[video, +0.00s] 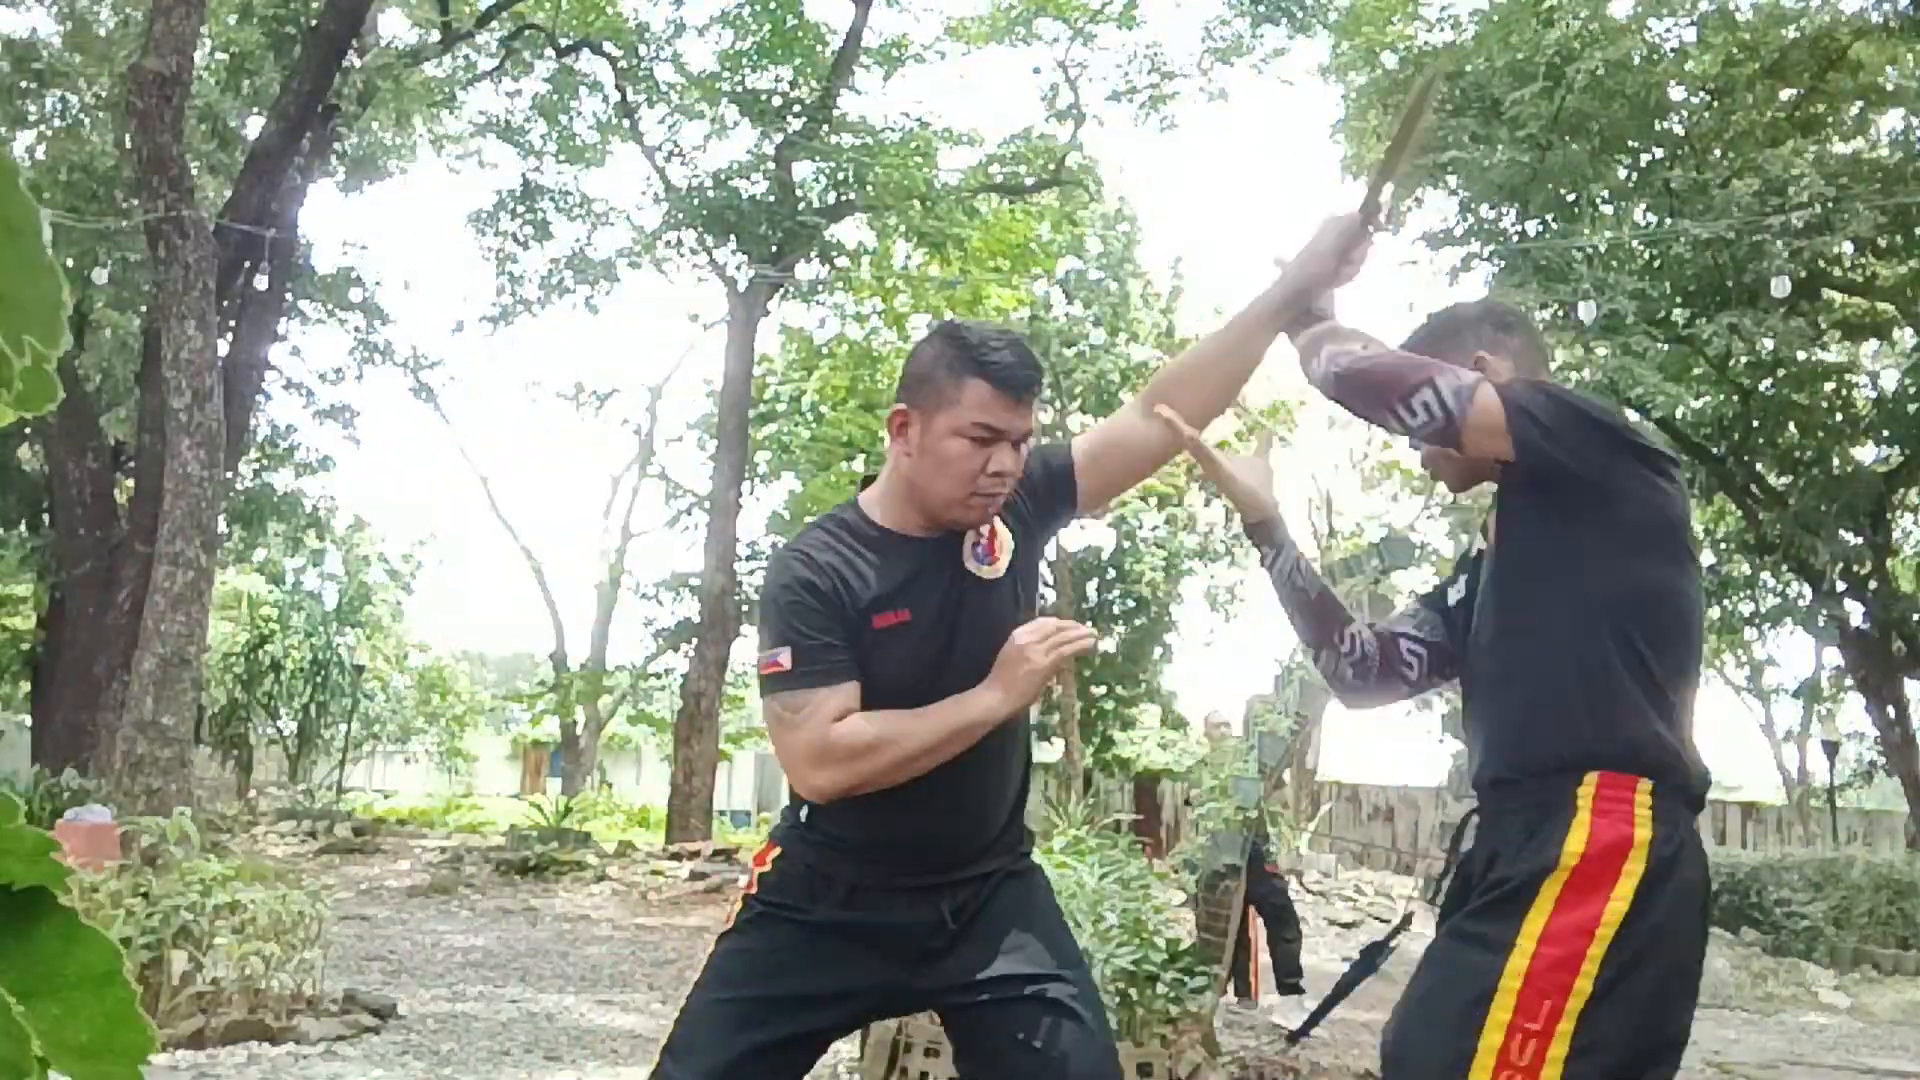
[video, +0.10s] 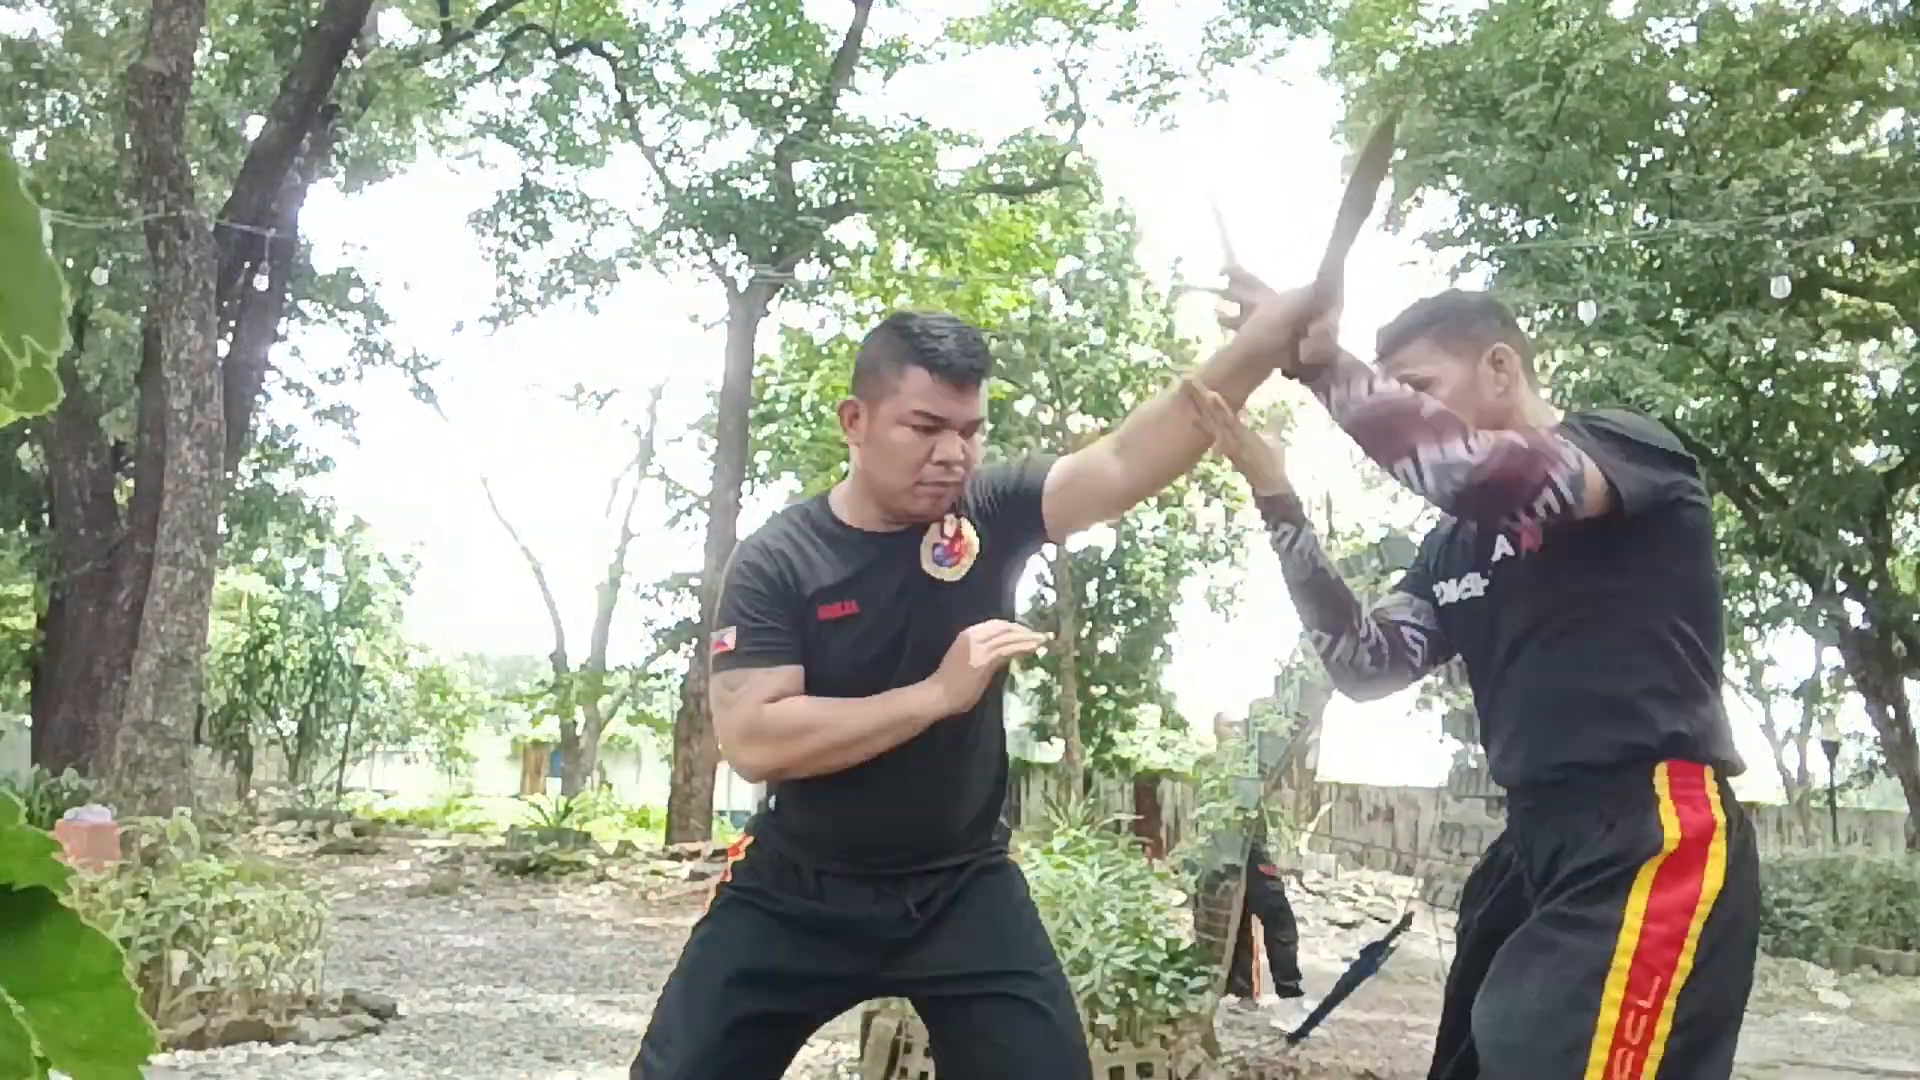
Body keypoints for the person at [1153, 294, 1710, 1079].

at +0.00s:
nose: (1413, 433)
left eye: (1426, 398)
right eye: (1409, 412)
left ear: (1489, 367)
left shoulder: (1608, 447)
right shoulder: (1496, 568)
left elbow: (1360, 373)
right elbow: (1361, 667)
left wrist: (1315, 327)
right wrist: (1264, 524)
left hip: (1599, 847)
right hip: (1520, 849)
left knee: (1446, 1058)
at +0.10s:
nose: (1409, 415)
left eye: (1423, 386)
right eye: (1398, 400)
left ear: (1501, 366)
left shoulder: (1632, 445)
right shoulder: (1453, 546)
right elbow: (1365, 662)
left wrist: (1322, 363)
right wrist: (1274, 495)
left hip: (1655, 847)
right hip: (1534, 857)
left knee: (1543, 1057)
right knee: (1465, 1064)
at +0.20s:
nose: (1431, 421)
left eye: (1452, 382)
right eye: (1411, 401)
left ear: (1529, 368)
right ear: (1402, 412)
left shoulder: (1647, 468)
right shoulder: (1458, 545)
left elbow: (1529, 581)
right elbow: (1394, 696)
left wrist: (1346, 462)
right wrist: (1283, 563)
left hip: (1685, 856)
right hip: (1549, 865)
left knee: (1611, 1060)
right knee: (1474, 1062)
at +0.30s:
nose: (1484, 417)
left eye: (1506, 380)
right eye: (1451, 397)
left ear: (1556, 381)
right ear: (1426, 429)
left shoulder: (1666, 502)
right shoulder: (1458, 562)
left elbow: (1621, 727)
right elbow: (1463, 766)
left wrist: (1380, 657)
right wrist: (1349, 745)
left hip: (1726, 867)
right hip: (1580, 865)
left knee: (1646, 1058)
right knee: (1500, 1057)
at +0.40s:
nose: (1513, 429)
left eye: (1533, 396)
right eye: (1474, 411)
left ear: (1575, 407)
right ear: (1439, 448)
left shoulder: (1685, 538)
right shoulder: (1466, 574)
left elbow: (1701, 799)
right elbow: (1485, 757)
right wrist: (1358, 794)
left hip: (1747, 897)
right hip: (1590, 879)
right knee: (1510, 1059)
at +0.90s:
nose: (1437, 489)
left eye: (1452, 454)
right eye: (1426, 464)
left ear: (1544, 426)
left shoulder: (1690, 569)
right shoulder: (1525, 568)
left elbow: (1697, 832)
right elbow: (1546, 738)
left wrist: (1480, 908)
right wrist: (1398, 770)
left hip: (1751, 920)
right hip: (1617, 893)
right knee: (1504, 1062)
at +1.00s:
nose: (1389, 514)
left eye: (1397, 481)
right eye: (1381, 488)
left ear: (1474, 453)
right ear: (1477, 456)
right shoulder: (1557, 570)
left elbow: (1591, 848)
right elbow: (1535, 735)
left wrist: (1422, 897)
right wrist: (1406, 745)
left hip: (1702, 931)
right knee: (1490, 1058)